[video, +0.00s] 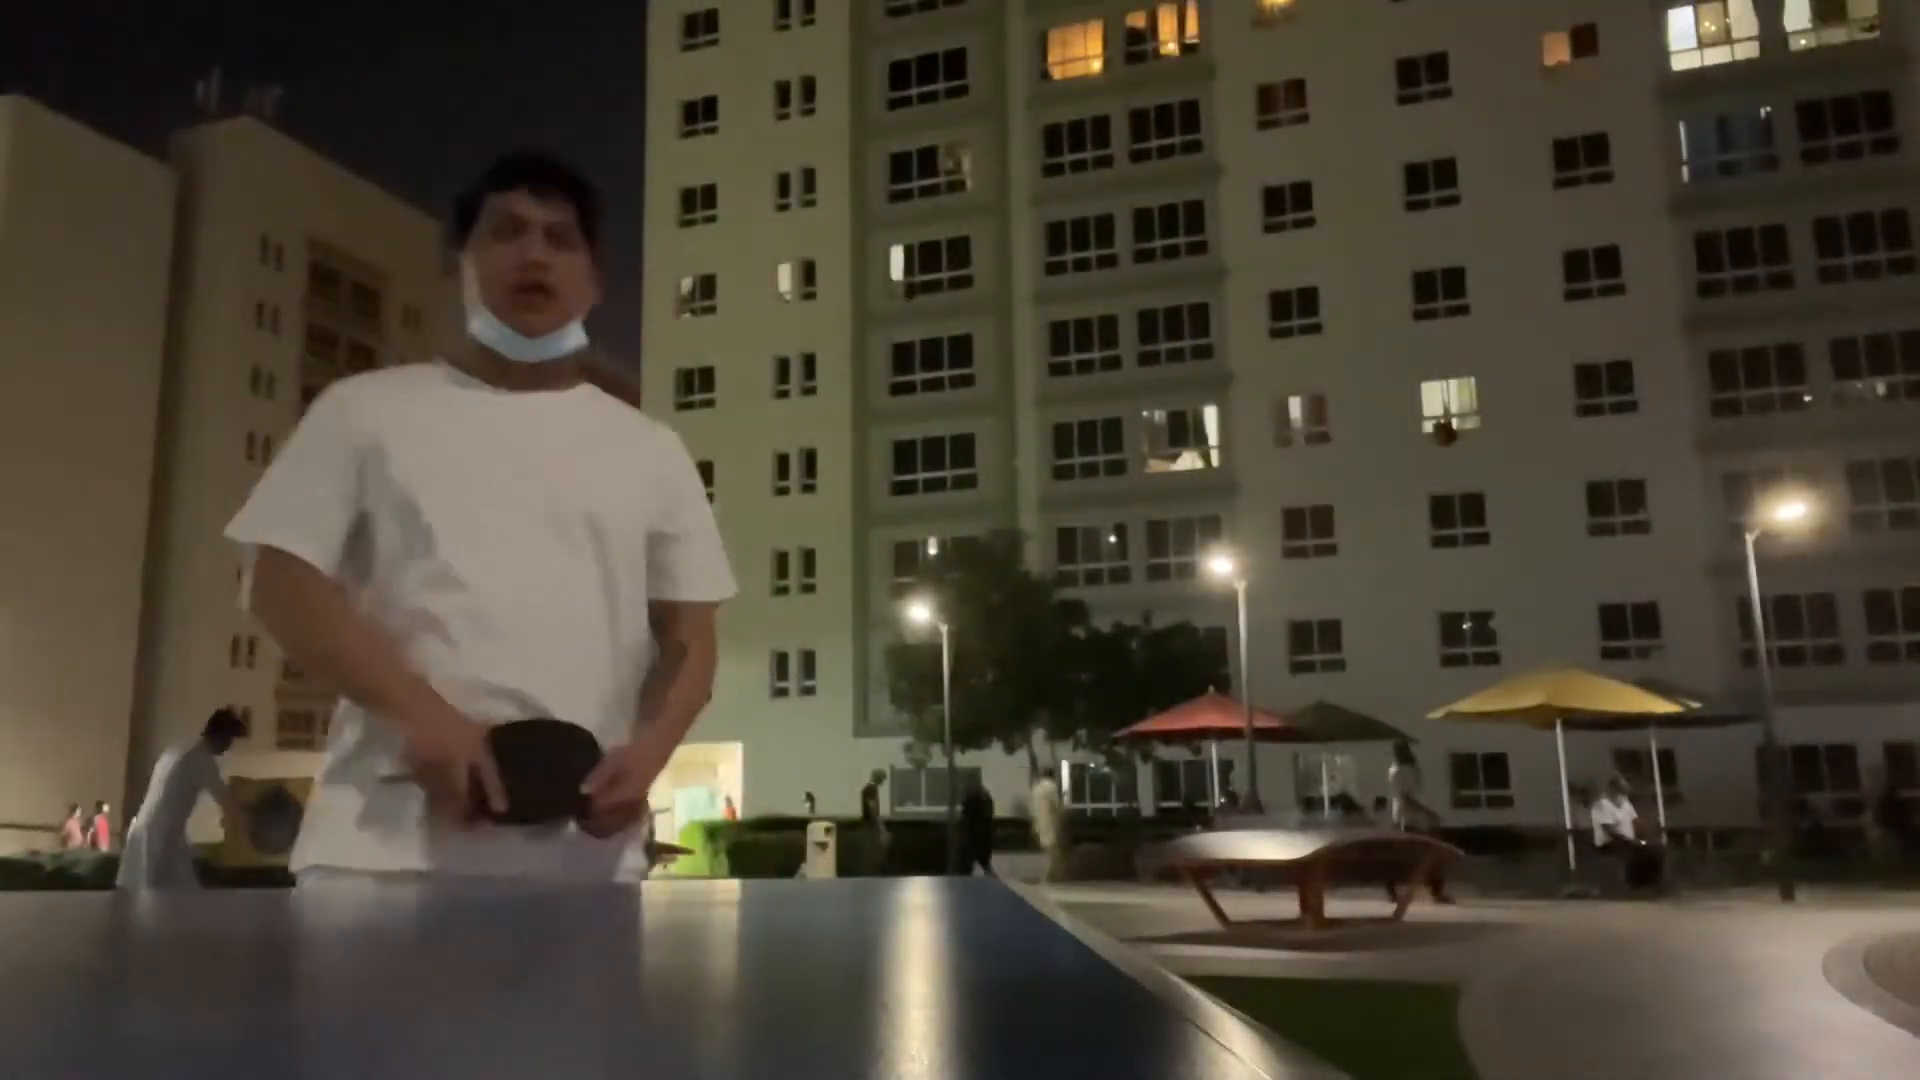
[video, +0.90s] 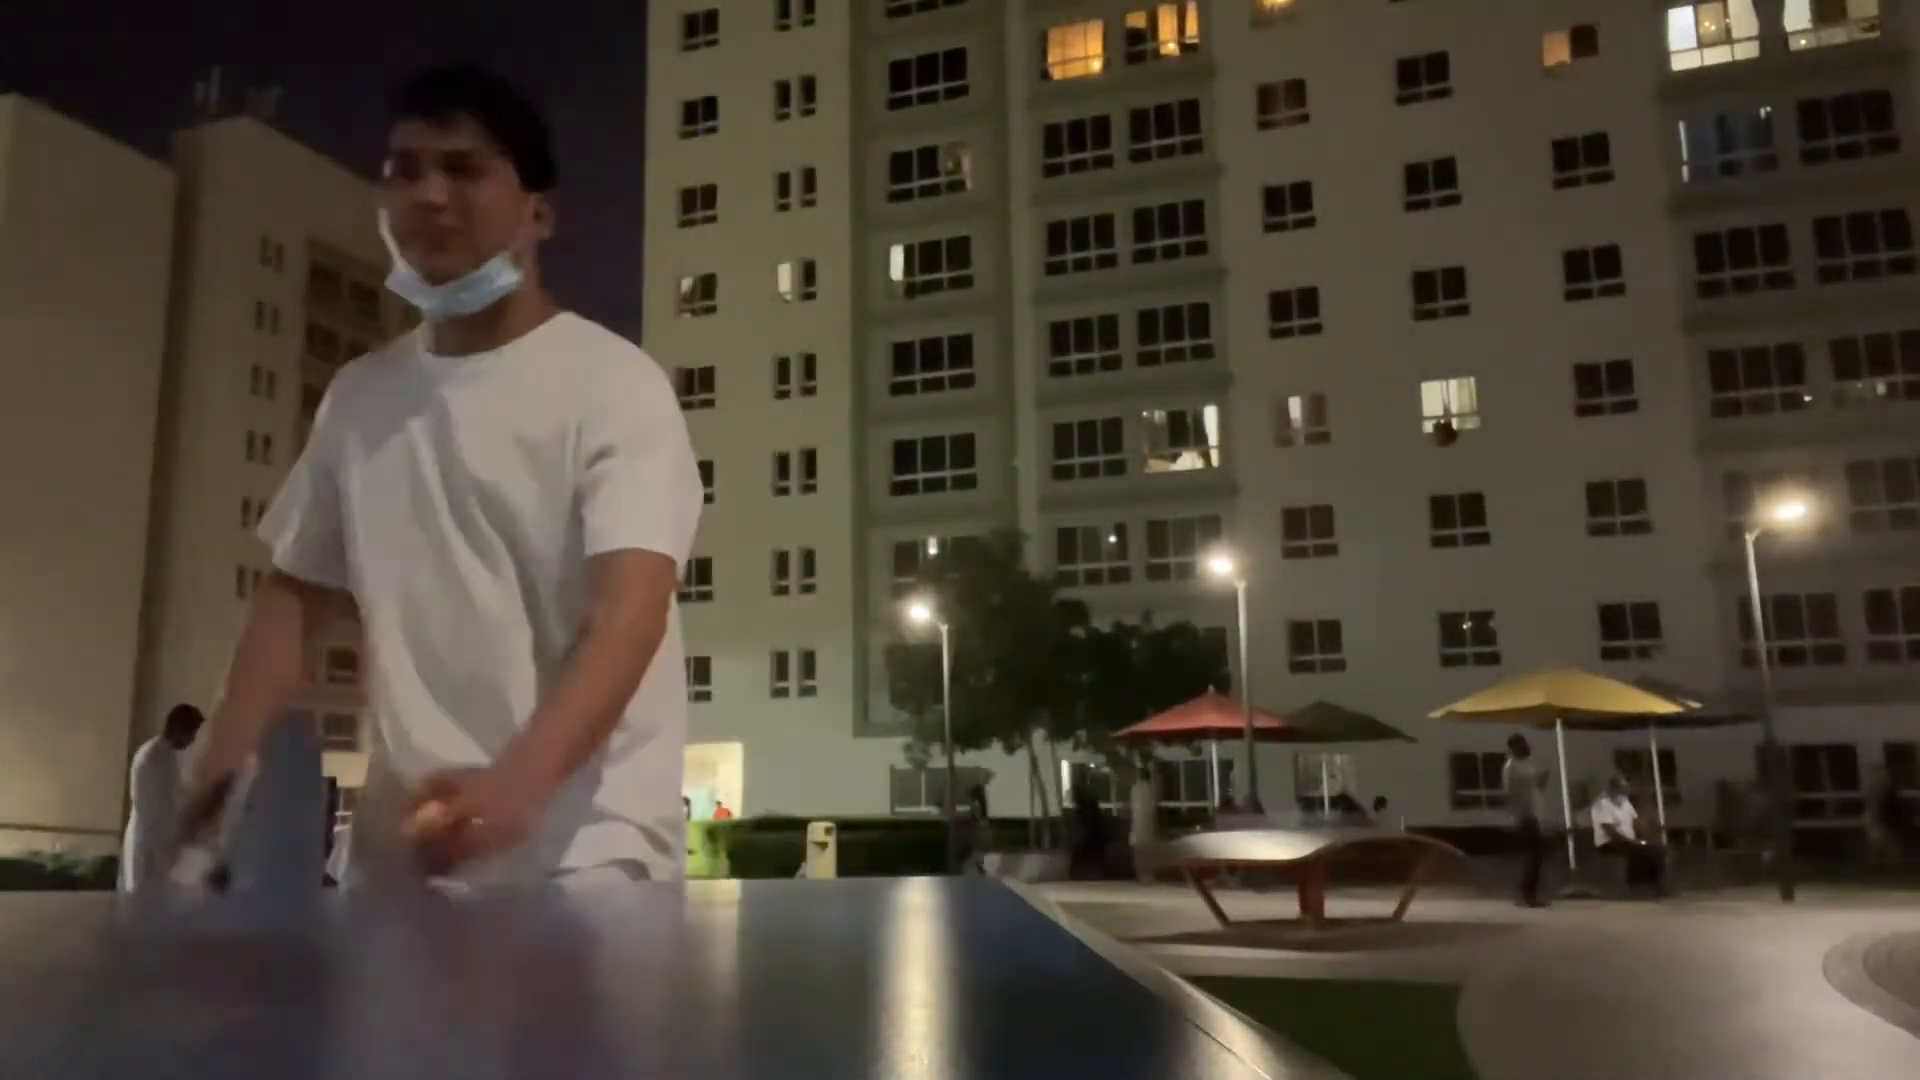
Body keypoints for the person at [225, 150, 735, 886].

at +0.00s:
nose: (534, 255)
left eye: (561, 238)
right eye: (507, 231)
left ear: (594, 277)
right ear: (463, 265)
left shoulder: (650, 452)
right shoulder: (365, 414)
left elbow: (692, 644)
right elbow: (282, 584)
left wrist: (647, 753)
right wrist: (426, 719)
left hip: (579, 863)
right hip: (387, 859)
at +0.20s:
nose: (573, 217)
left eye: (602, 194)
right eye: (544, 192)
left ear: (646, 228)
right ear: (502, 225)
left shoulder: (711, 423)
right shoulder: (407, 398)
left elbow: (751, 629)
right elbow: (318, 585)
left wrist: (646, 765)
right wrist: (382, 734)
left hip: (622, 864)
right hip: (420, 857)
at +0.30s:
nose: (643, 182)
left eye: (677, 162)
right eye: (619, 157)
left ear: (731, 212)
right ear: (584, 191)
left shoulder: (778, 395)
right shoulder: (496, 368)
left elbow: (830, 619)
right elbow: (417, 556)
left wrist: (679, 718)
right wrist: (411, 769)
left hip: (682, 861)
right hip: (498, 856)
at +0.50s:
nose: (645, 157)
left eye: (686, 136)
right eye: (628, 129)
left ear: (755, 190)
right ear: (600, 158)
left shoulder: (779, 369)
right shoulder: (570, 353)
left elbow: (774, 611)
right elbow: (512, 572)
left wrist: (594, 761)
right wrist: (444, 752)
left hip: (686, 865)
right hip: (522, 852)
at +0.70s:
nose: (520, 172)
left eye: (561, 146)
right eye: (500, 145)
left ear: (636, 200)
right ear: (476, 180)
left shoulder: (686, 371)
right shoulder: (471, 385)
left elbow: (704, 611)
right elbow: (469, 619)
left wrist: (544, 781)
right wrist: (421, 791)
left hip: (632, 866)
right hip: (469, 856)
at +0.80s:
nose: (455, 187)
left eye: (489, 163)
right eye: (431, 166)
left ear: (562, 206)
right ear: (408, 199)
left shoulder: (634, 381)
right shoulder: (389, 396)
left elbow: (652, 617)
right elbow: (348, 603)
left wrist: (535, 795)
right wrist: (299, 763)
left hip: (600, 847)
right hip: (418, 845)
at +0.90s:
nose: (426, 195)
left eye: (462, 169)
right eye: (404, 171)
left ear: (537, 213)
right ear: (380, 203)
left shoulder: (613, 385)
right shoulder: (361, 398)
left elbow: (628, 619)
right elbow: (293, 597)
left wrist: (517, 786)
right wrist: (219, 765)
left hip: (584, 850)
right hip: (400, 849)